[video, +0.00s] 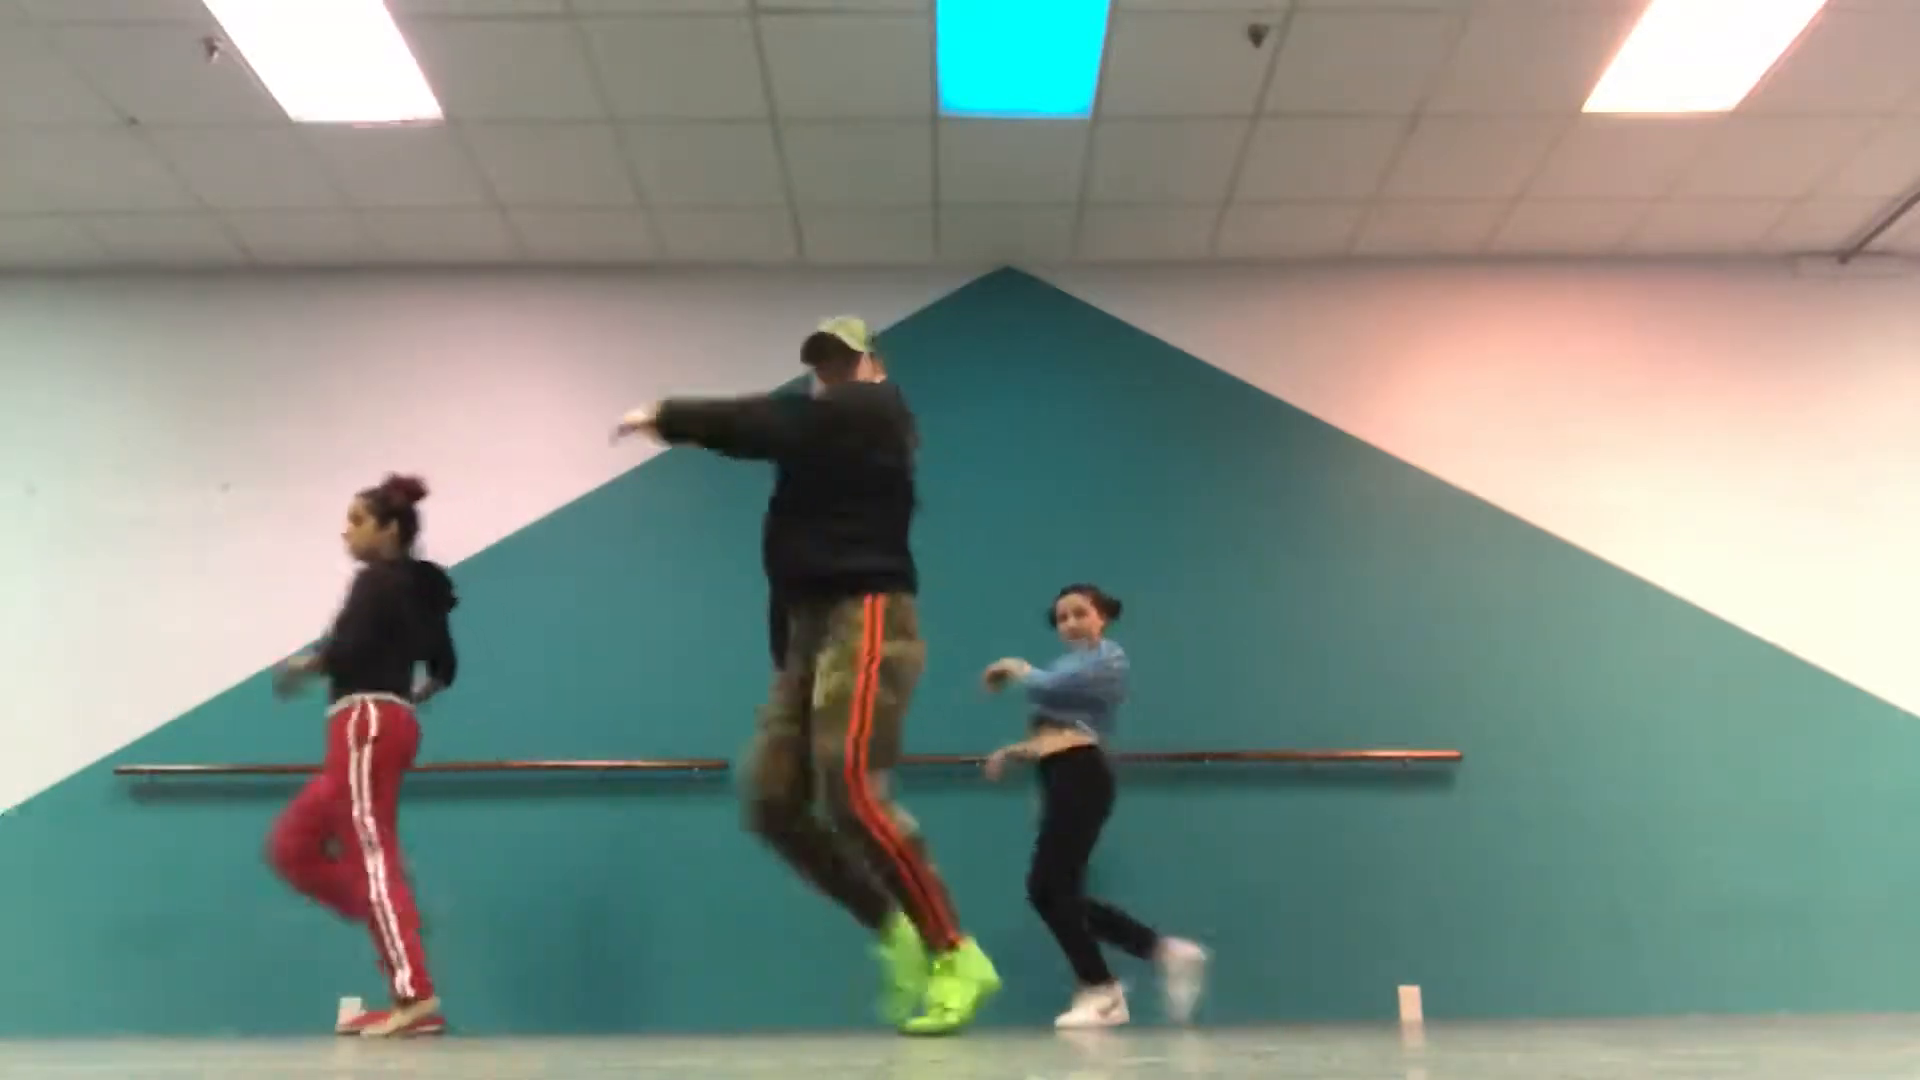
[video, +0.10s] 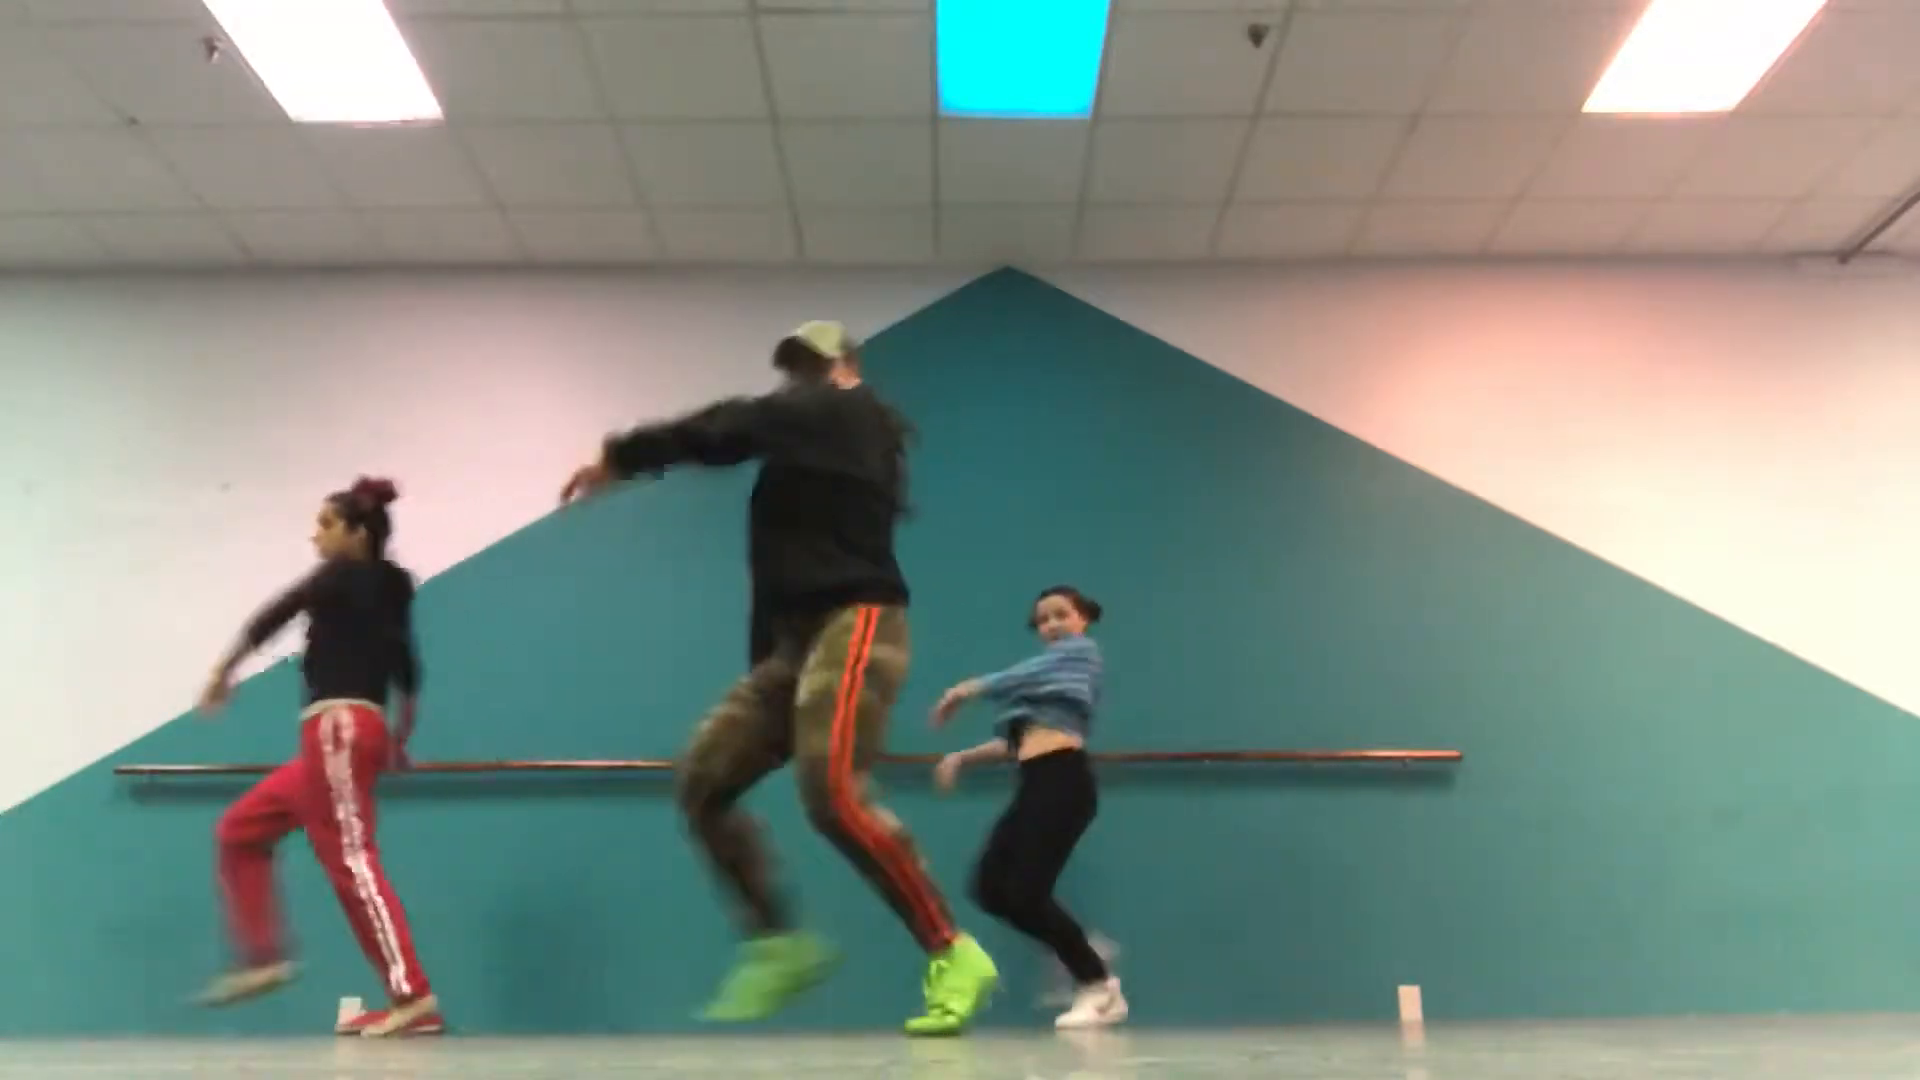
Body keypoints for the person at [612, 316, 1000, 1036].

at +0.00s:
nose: (828, 375)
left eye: (842, 363)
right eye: (820, 365)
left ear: (874, 365)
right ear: (816, 370)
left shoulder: (877, 408)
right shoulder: (814, 420)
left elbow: (774, 422)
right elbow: (747, 432)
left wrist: (668, 418)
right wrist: (676, 420)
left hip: (869, 616)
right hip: (809, 626)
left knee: (852, 792)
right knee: (778, 806)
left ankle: (956, 956)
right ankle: (898, 929)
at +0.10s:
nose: (795, 383)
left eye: (808, 371)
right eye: (795, 372)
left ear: (841, 369)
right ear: (832, 371)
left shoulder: (849, 411)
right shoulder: (803, 427)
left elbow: (730, 428)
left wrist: (620, 456)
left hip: (858, 626)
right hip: (799, 644)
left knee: (834, 795)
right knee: (704, 786)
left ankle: (952, 954)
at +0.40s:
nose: (668, 463)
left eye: (684, 448)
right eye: (664, 450)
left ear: (726, 453)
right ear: (660, 459)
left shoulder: (782, 522)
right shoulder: (656, 548)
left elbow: (864, 611)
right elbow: (619, 635)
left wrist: (873, 699)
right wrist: (594, 707)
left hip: (781, 723)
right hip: (690, 730)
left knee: (799, 845)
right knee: (546, 803)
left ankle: (907, 960)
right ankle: (542, 993)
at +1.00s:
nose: (903, 329)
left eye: (906, 323)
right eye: (886, 321)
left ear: (905, 353)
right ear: (849, 345)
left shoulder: (915, 440)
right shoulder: (822, 402)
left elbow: (945, 541)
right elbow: (827, 510)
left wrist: (924, 606)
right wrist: (885, 597)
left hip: (879, 616)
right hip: (806, 602)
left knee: (870, 798)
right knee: (807, 792)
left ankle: (868, 981)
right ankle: (783, 984)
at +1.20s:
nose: (934, 375)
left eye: (937, 364)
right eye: (922, 362)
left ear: (919, 369)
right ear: (878, 360)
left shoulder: (926, 455)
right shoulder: (845, 412)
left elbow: (955, 550)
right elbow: (857, 528)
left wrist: (943, 614)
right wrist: (896, 624)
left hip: (890, 624)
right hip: (821, 608)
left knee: (906, 798)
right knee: (863, 778)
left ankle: (874, 978)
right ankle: (766, 957)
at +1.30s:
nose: (933, 390)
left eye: (935, 377)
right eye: (922, 376)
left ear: (902, 380)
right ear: (882, 374)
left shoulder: (914, 471)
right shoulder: (849, 425)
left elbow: (946, 552)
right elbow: (885, 528)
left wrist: (976, 601)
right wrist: (966, 589)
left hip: (885, 636)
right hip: (829, 619)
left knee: (924, 803)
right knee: (911, 771)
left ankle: (874, 989)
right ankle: (743, 859)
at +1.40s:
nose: (920, 360)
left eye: (921, 347)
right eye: (908, 345)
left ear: (883, 350)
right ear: (869, 344)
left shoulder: (877, 411)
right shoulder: (844, 395)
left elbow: (924, 492)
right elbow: (914, 474)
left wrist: (1001, 510)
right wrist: (1001, 513)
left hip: (866, 591)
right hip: (838, 583)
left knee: (892, 779)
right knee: (925, 741)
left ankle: (870, 980)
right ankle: (761, 834)